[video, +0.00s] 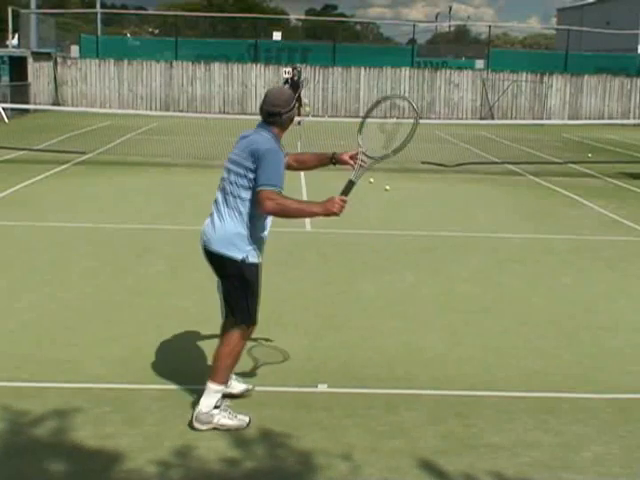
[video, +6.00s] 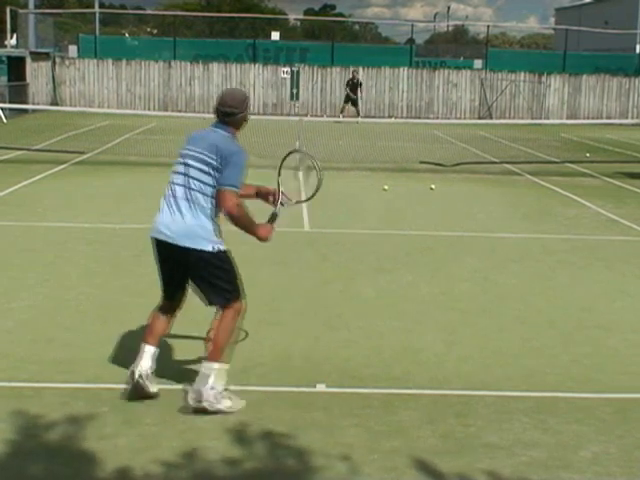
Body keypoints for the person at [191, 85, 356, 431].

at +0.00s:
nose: (298, 115)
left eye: (296, 109)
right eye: (297, 110)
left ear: (264, 112)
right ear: (291, 116)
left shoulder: (251, 139)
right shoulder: (269, 149)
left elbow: (291, 161)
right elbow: (268, 203)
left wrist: (335, 158)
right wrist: (321, 207)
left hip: (218, 239)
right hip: (237, 248)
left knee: (236, 317)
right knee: (242, 325)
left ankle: (221, 377)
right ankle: (207, 407)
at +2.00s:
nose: (286, 100)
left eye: (269, 94)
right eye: (289, 95)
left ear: (259, 98)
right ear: (291, 99)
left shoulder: (239, 134)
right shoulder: (310, 138)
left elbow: (215, 188)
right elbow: (330, 198)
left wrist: (239, 205)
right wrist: (300, 223)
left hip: (247, 245)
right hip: (293, 246)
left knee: (234, 313)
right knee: (296, 321)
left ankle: (231, 396)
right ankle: (302, 410)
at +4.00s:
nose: (211, 98)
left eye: (212, 94)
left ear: (214, 101)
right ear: (245, 99)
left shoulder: (199, 141)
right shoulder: (260, 129)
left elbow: (179, 203)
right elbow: (238, 126)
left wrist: (169, 227)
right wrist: (218, 111)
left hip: (211, 246)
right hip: (256, 242)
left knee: (204, 317)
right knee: (262, 322)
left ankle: (197, 396)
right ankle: (266, 403)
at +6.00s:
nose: (247, 120)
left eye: (245, 115)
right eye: (247, 115)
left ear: (216, 112)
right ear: (244, 118)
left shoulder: (195, 139)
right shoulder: (232, 151)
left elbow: (213, 185)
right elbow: (230, 206)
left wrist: (258, 191)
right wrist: (256, 229)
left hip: (164, 233)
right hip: (198, 240)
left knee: (170, 300)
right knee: (232, 304)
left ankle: (142, 366)